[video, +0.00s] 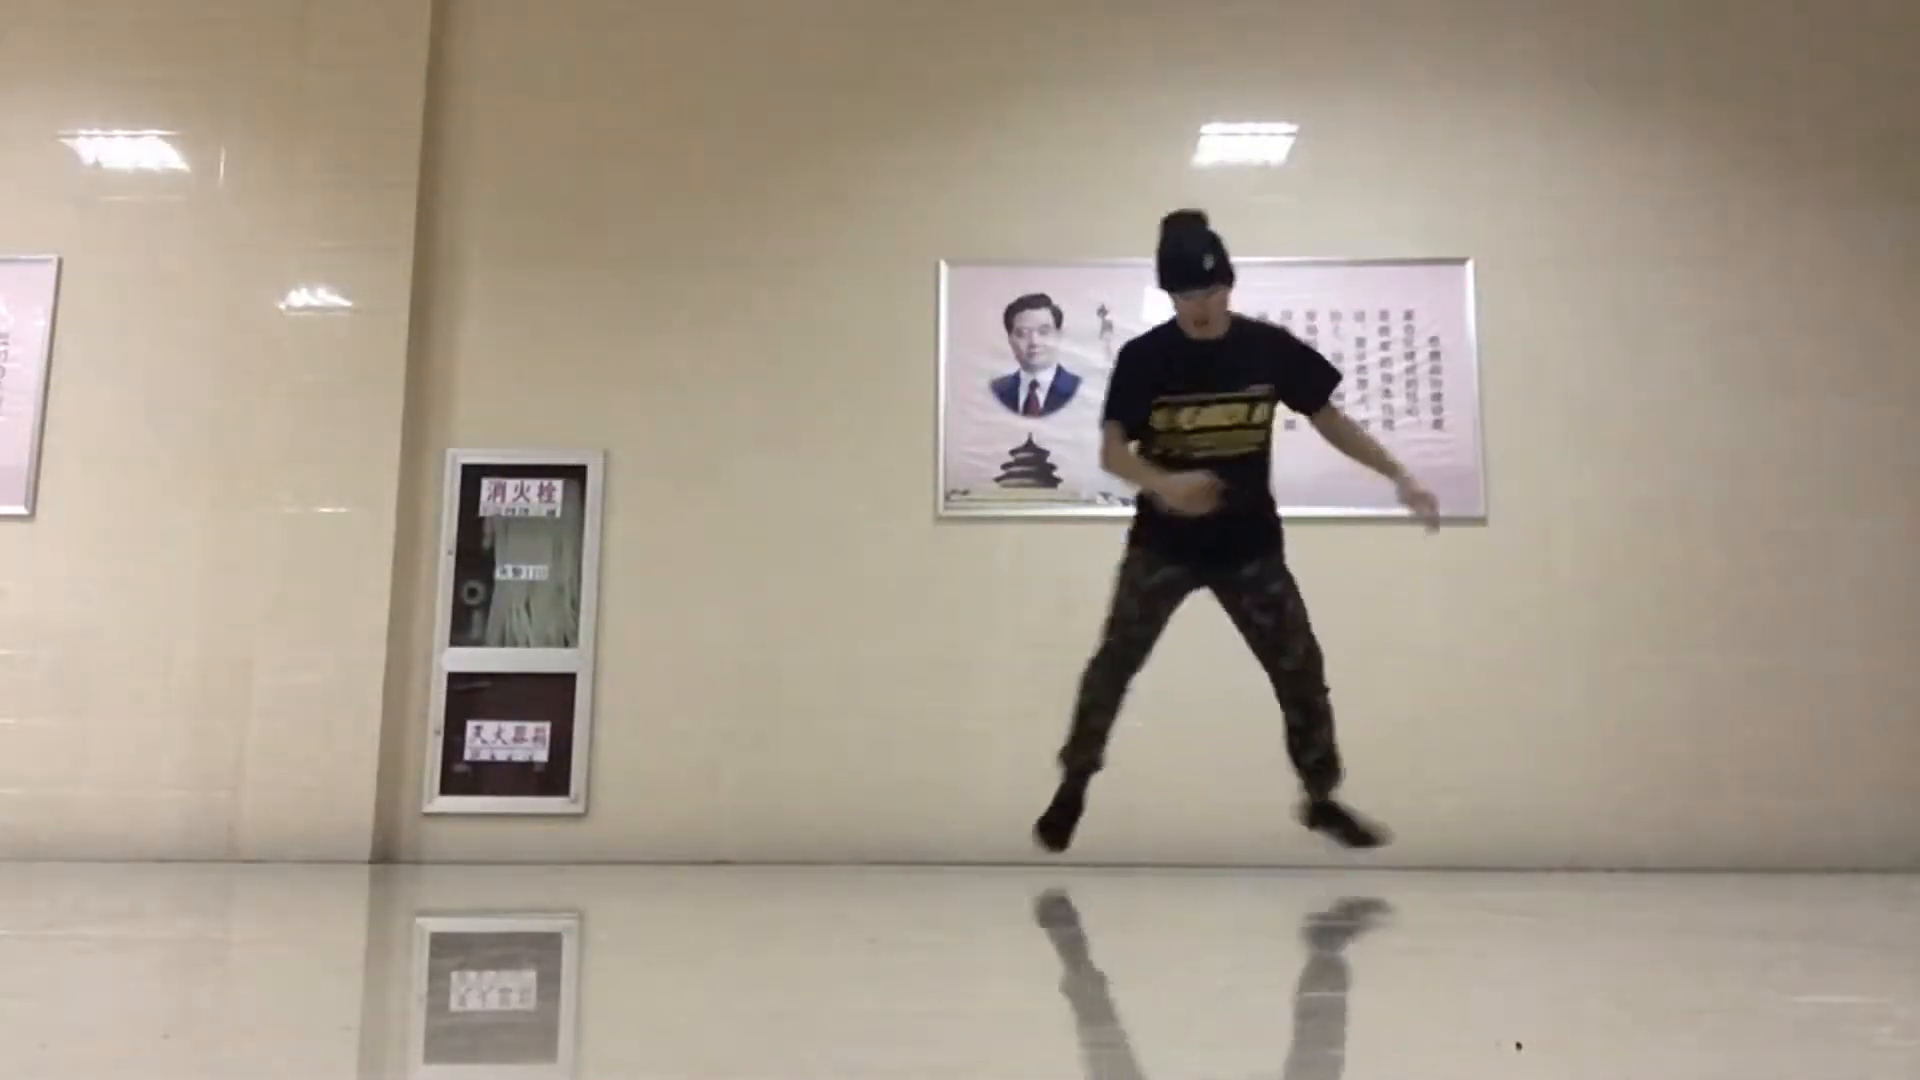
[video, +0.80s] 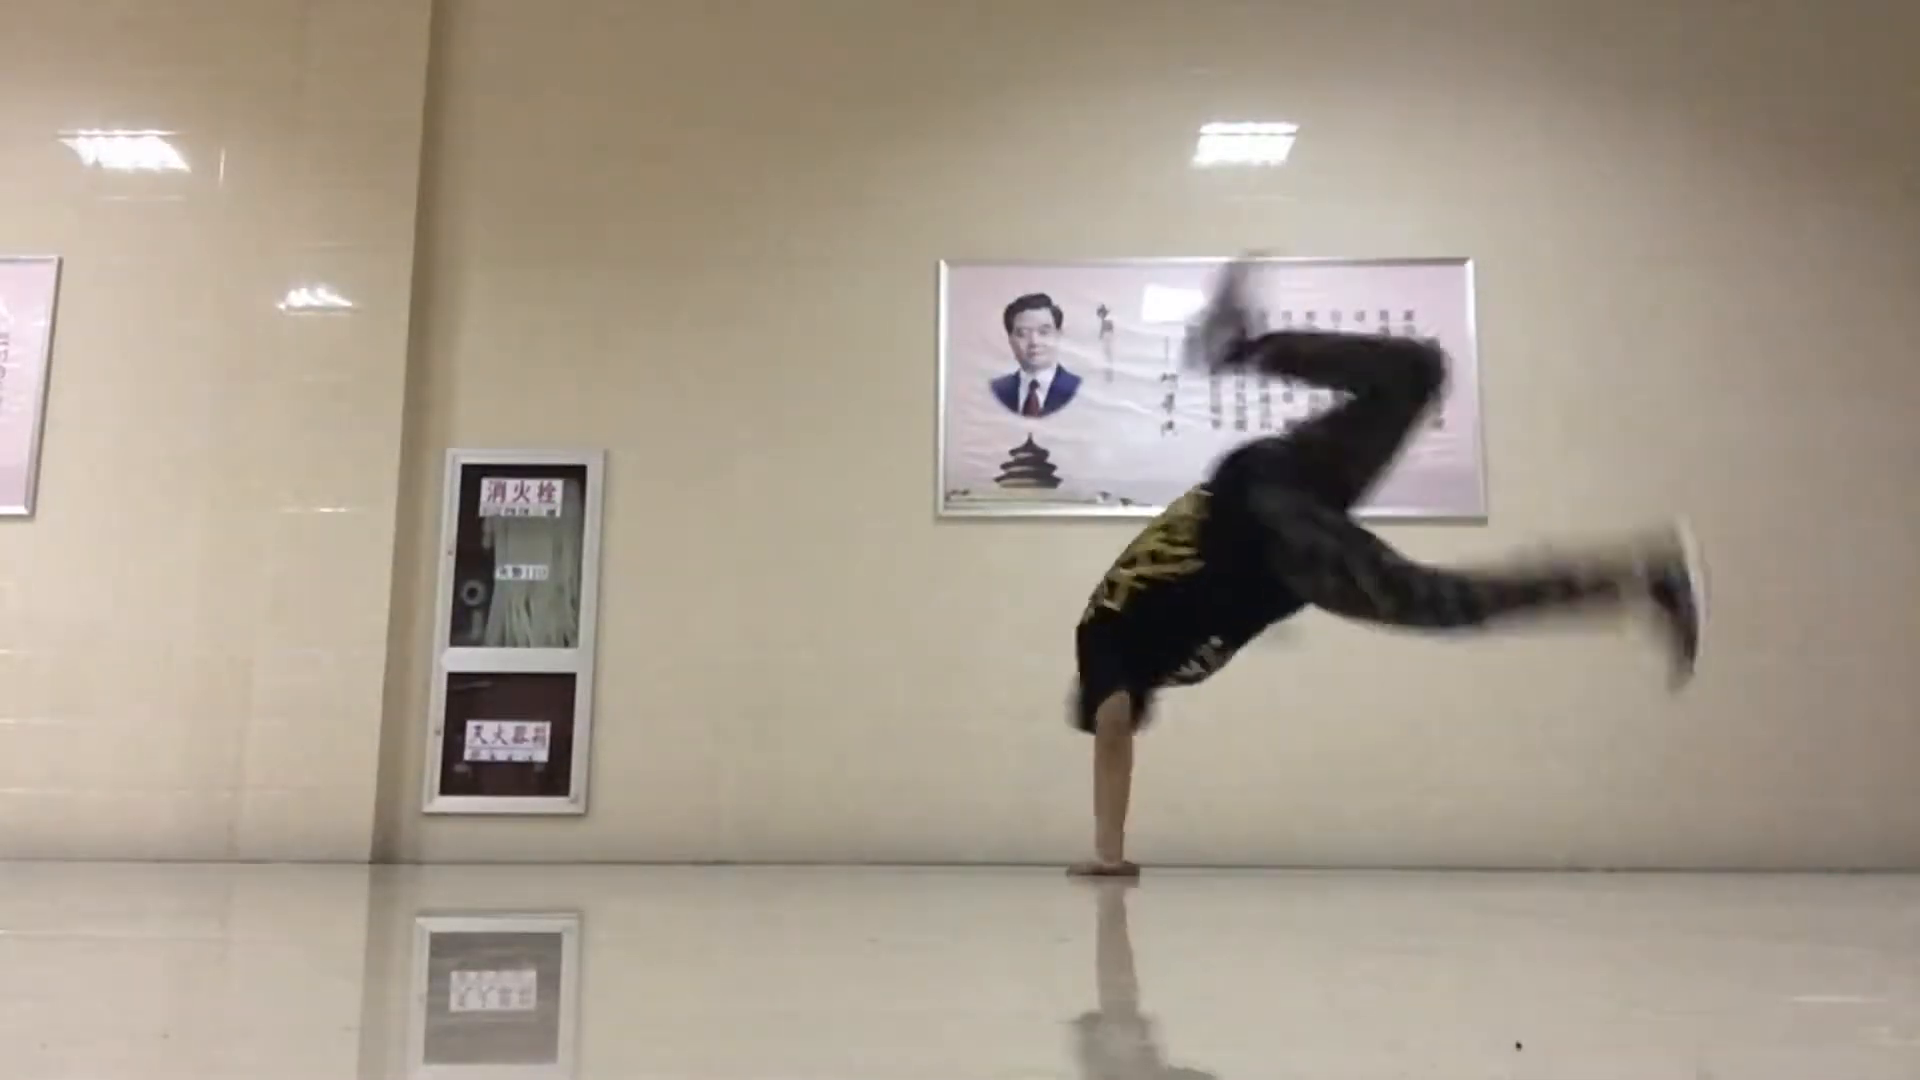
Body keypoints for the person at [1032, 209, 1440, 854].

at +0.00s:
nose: (1207, 302)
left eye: (1215, 287)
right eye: (1192, 292)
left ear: (1230, 282)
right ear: (1170, 293)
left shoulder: (1269, 349)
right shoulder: (1141, 359)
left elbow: (1332, 423)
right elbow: (1112, 454)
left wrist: (1400, 476)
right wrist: (1164, 484)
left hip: (1247, 545)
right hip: (1163, 546)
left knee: (1299, 666)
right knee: (1114, 662)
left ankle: (1322, 798)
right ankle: (1072, 785)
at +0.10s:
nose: (1186, 356)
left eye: (1196, 340)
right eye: (1172, 344)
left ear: (1212, 332)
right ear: (1151, 340)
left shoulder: (1252, 395)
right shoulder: (1119, 403)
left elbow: (1338, 448)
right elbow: (1082, 487)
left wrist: (1416, 491)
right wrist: (1088, 539)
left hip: (1221, 577)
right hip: (1137, 578)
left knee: (1300, 691)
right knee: (1084, 700)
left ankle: (1382, 810)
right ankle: (1041, 820)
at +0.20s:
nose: (1168, 418)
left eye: (1178, 402)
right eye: (1154, 407)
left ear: (1198, 389)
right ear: (1137, 400)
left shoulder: (1240, 439)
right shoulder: (1111, 452)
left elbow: (1324, 491)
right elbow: (1061, 543)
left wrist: (1393, 549)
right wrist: (1010, 614)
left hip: (1215, 613)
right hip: (1126, 615)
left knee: (1299, 713)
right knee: (1082, 713)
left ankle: (1396, 826)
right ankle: (1033, 828)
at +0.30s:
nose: (1129, 476)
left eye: (1133, 462)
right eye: (1120, 466)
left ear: (1160, 436)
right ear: (1114, 457)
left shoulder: (1232, 454)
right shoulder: (1113, 475)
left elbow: (1279, 546)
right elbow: (1077, 544)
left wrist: (1286, 629)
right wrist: (1026, 606)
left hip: (1248, 592)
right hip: (1165, 598)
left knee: (1328, 696)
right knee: (1101, 700)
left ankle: (1408, 828)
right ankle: (1035, 827)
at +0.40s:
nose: (1101, 537)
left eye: (1097, 528)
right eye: (1090, 532)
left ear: (1109, 498)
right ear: (1085, 502)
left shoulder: (1212, 495)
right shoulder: (1149, 492)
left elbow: (1215, 612)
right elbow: (1204, 585)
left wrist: (1163, 714)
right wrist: (1168, 684)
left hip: (1324, 570)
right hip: (1247, 579)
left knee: (1377, 701)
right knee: (1177, 696)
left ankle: (1424, 834)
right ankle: (1109, 810)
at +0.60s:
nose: (1078, 637)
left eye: (1067, 628)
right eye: (1067, 628)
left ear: (1073, 604)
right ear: (1071, 581)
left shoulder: (1132, 601)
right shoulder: (1129, 539)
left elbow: (1124, 719)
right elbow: (1080, 529)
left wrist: (1104, 822)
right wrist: (1019, 535)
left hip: (1343, 593)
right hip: (1368, 535)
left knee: (1367, 740)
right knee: (1497, 627)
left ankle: (1474, 834)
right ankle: (1661, 651)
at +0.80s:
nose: (1125, 723)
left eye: (1117, 720)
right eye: (1119, 721)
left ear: (1092, 689)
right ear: (1133, 687)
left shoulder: (1107, 643)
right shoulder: (1179, 624)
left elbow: (1112, 744)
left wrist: (1109, 856)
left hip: (1264, 535)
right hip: (1273, 475)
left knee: (1439, 603)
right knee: (1412, 374)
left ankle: (1646, 583)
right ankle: (1246, 346)